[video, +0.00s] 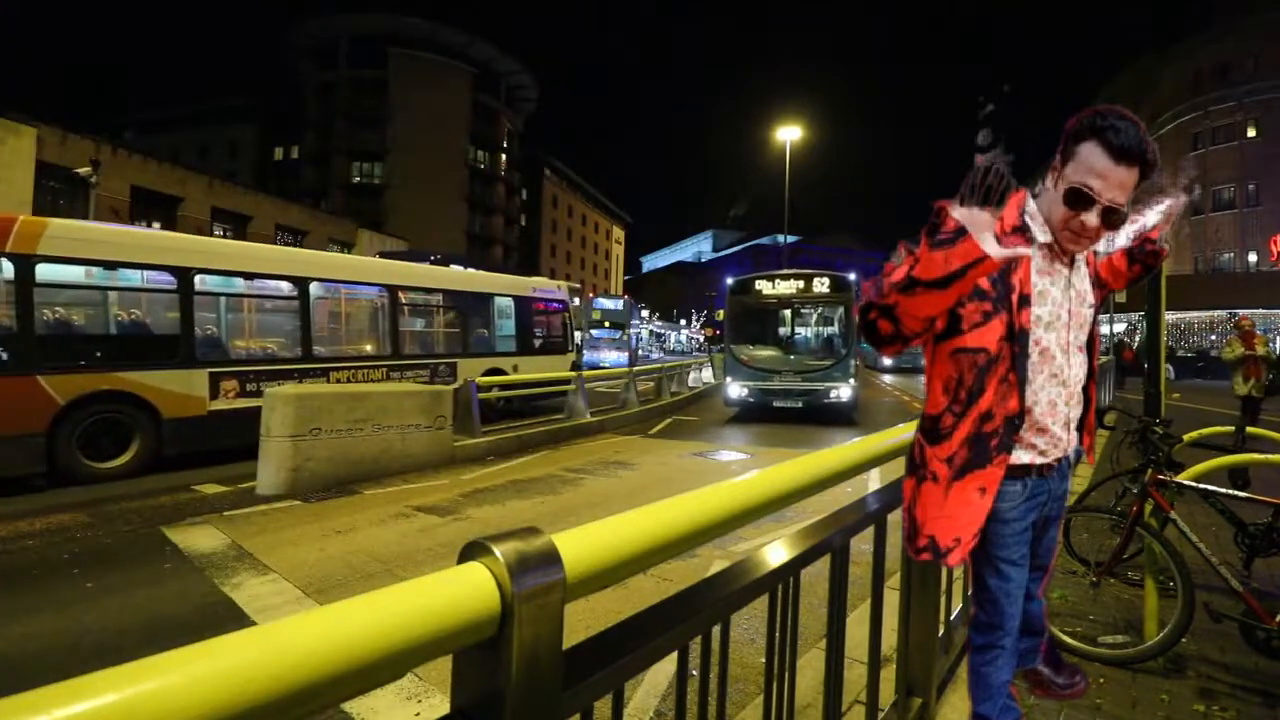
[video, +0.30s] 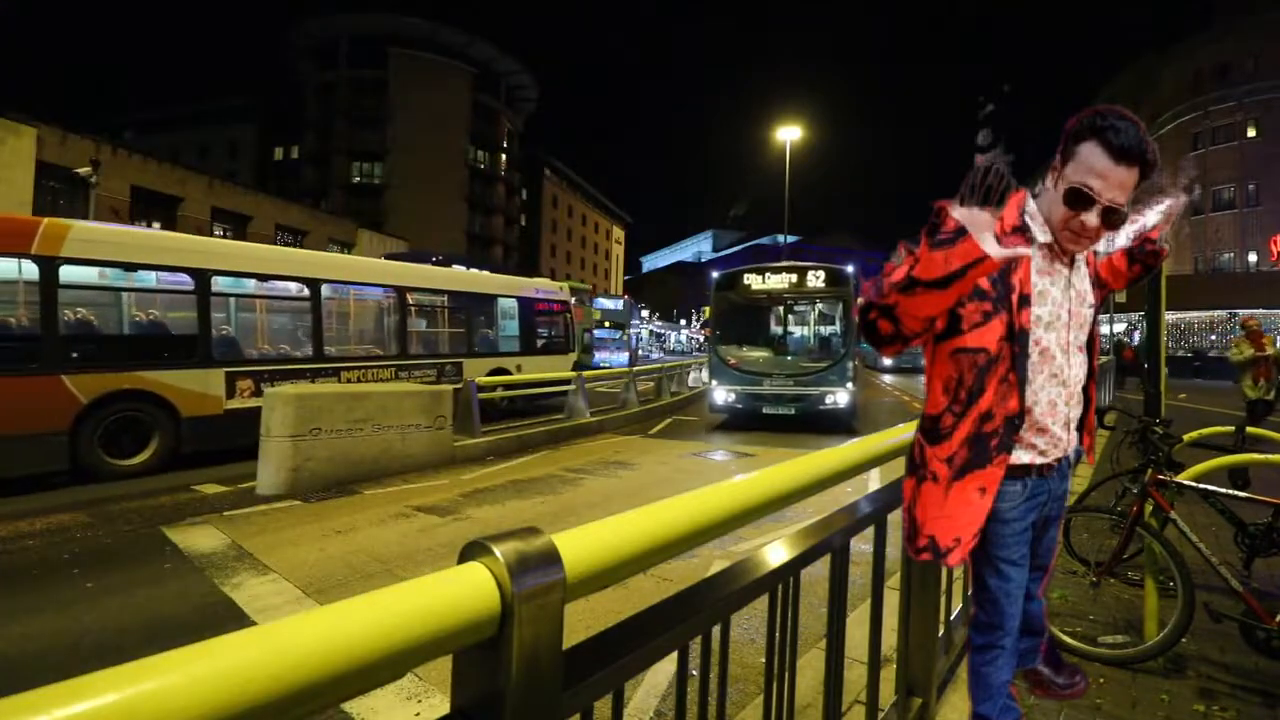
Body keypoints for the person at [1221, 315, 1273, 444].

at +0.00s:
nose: (1247, 329)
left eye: (1250, 326)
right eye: (1243, 327)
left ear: (1254, 327)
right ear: (1238, 329)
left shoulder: (1261, 340)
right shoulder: (1233, 341)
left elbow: (1272, 358)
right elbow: (1225, 357)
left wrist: (1261, 353)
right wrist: (1241, 353)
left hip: (1259, 382)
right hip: (1242, 382)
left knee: (1255, 411)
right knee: (1245, 411)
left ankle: (1252, 435)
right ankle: (1240, 438)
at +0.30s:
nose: (1254, 330)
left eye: (1256, 326)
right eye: (1250, 328)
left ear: (1260, 327)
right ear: (1245, 330)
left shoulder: (1267, 341)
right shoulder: (1239, 344)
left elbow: (1275, 354)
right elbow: (1232, 358)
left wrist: (1271, 354)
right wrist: (1252, 355)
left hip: (1268, 381)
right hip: (1249, 381)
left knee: (1266, 408)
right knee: (1253, 410)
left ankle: (1251, 430)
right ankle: (1243, 437)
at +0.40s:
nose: (1259, 327)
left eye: (1261, 324)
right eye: (1256, 325)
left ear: (1264, 325)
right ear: (1249, 327)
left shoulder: (1271, 339)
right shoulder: (1244, 340)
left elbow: (1277, 351)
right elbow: (1236, 355)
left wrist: (1272, 350)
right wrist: (1257, 351)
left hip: (1272, 382)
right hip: (1253, 383)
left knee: (1273, 407)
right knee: (1253, 408)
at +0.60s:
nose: (1267, 331)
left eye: (1269, 327)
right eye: (1264, 328)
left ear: (1272, 327)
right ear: (1258, 330)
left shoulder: (1275, 341)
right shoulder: (1252, 341)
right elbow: (1242, 355)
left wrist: (1276, 344)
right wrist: (1264, 345)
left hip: (1275, 385)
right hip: (1259, 385)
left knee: (1277, 411)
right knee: (1258, 411)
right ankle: (1254, 435)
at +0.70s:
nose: (1272, 329)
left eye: (1274, 326)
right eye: (1268, 327)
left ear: (1277, 327)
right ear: (1263, 328)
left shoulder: (1277, 340)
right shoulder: (1259, 340)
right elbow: (1246, 352)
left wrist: (1276, 341)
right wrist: (1266, 343)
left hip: (1276, 384)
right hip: (1263, 384)